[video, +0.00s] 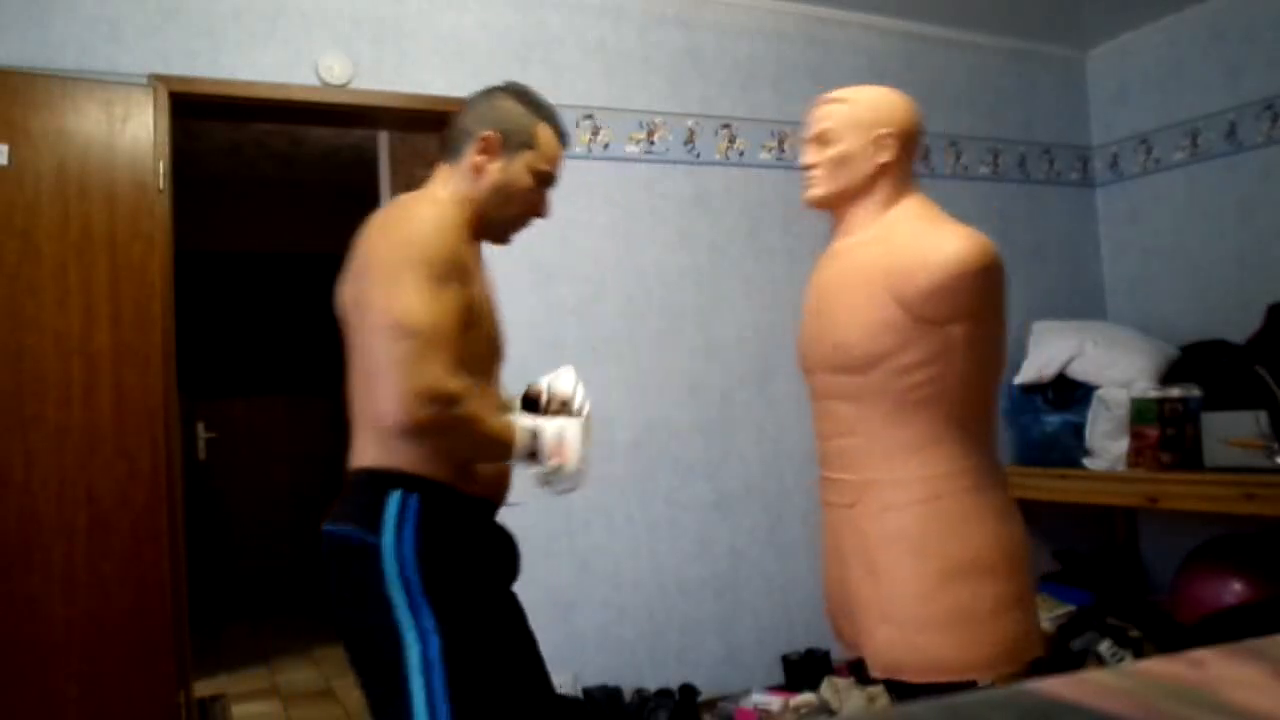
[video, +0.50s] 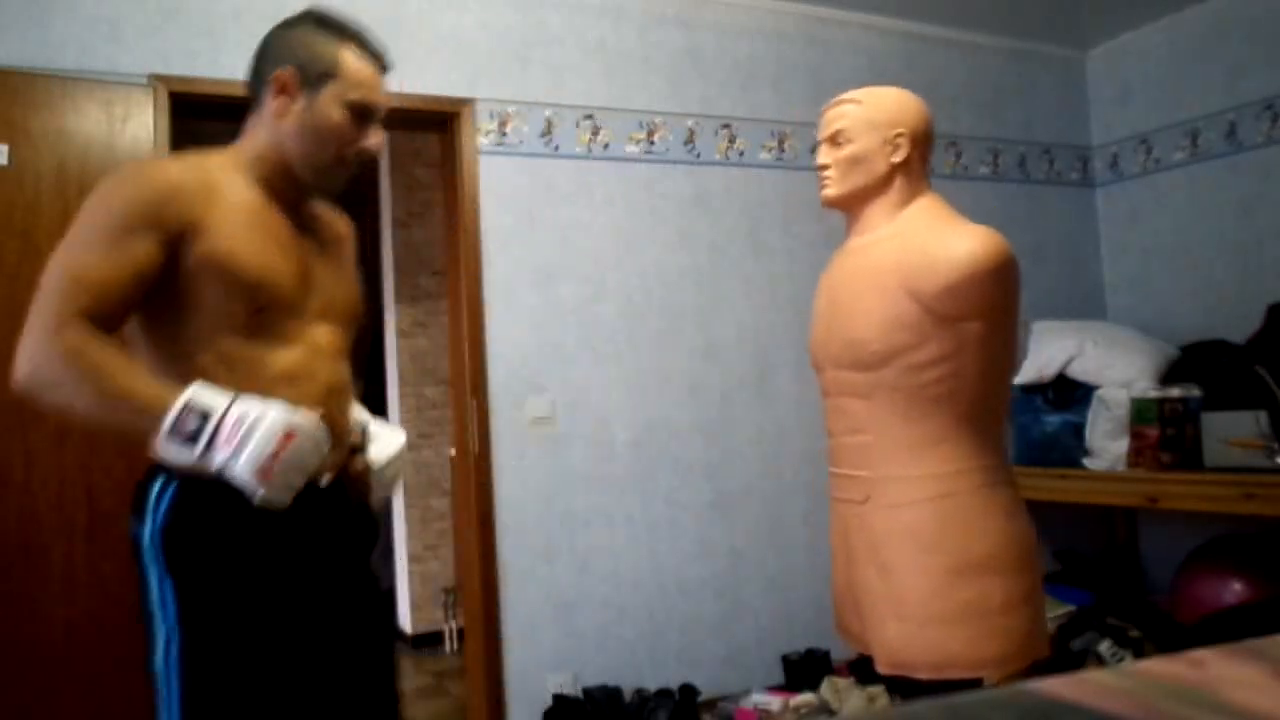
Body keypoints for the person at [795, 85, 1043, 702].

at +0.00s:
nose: (804, 157)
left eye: (823, 141)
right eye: (806, 142)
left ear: (882, 151)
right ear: (876, 153)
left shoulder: (943, 258)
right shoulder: (837, 260)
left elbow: (963, 430)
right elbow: (844, 442)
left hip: (934, 545)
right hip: (862, 543)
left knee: (961, 703)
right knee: (894, 699)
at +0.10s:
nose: (842, 151)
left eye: (861, 136)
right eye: (844, 138)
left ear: (920, 149)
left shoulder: (977, 258)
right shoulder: (859, 260)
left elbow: (986, 423)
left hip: (951, 537)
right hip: (872, 534)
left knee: (974, 706)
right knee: (896, 699)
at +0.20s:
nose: (810, 158)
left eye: (829, 142)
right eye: (812, 144)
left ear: (888, 152)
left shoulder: (951, 258)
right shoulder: (840, 263)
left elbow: (971, 427)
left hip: (939, 541)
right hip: (864, 539)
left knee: (965, 715)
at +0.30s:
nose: (799, 161)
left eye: (817, 144)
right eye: (800, 146)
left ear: (877, 152)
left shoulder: (944, 259)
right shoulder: (836, 261)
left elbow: (963, 425)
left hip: (933, 544)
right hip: (860, 543)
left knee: (957, 703)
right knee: (892, 698)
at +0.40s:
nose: (826, 155)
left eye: (845, 140)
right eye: (827, 142)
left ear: (905, 149)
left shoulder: (970, 258)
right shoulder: (849, 264)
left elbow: (980, 420)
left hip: (948, 542)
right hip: (870, 542)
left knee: (975, 718)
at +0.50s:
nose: (819, 158)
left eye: (837, 141)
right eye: (820, 144)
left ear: (896, 150)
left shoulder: (964, 257)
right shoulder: (845, 263)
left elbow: (978, 420)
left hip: (945, 544)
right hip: (868, 543)